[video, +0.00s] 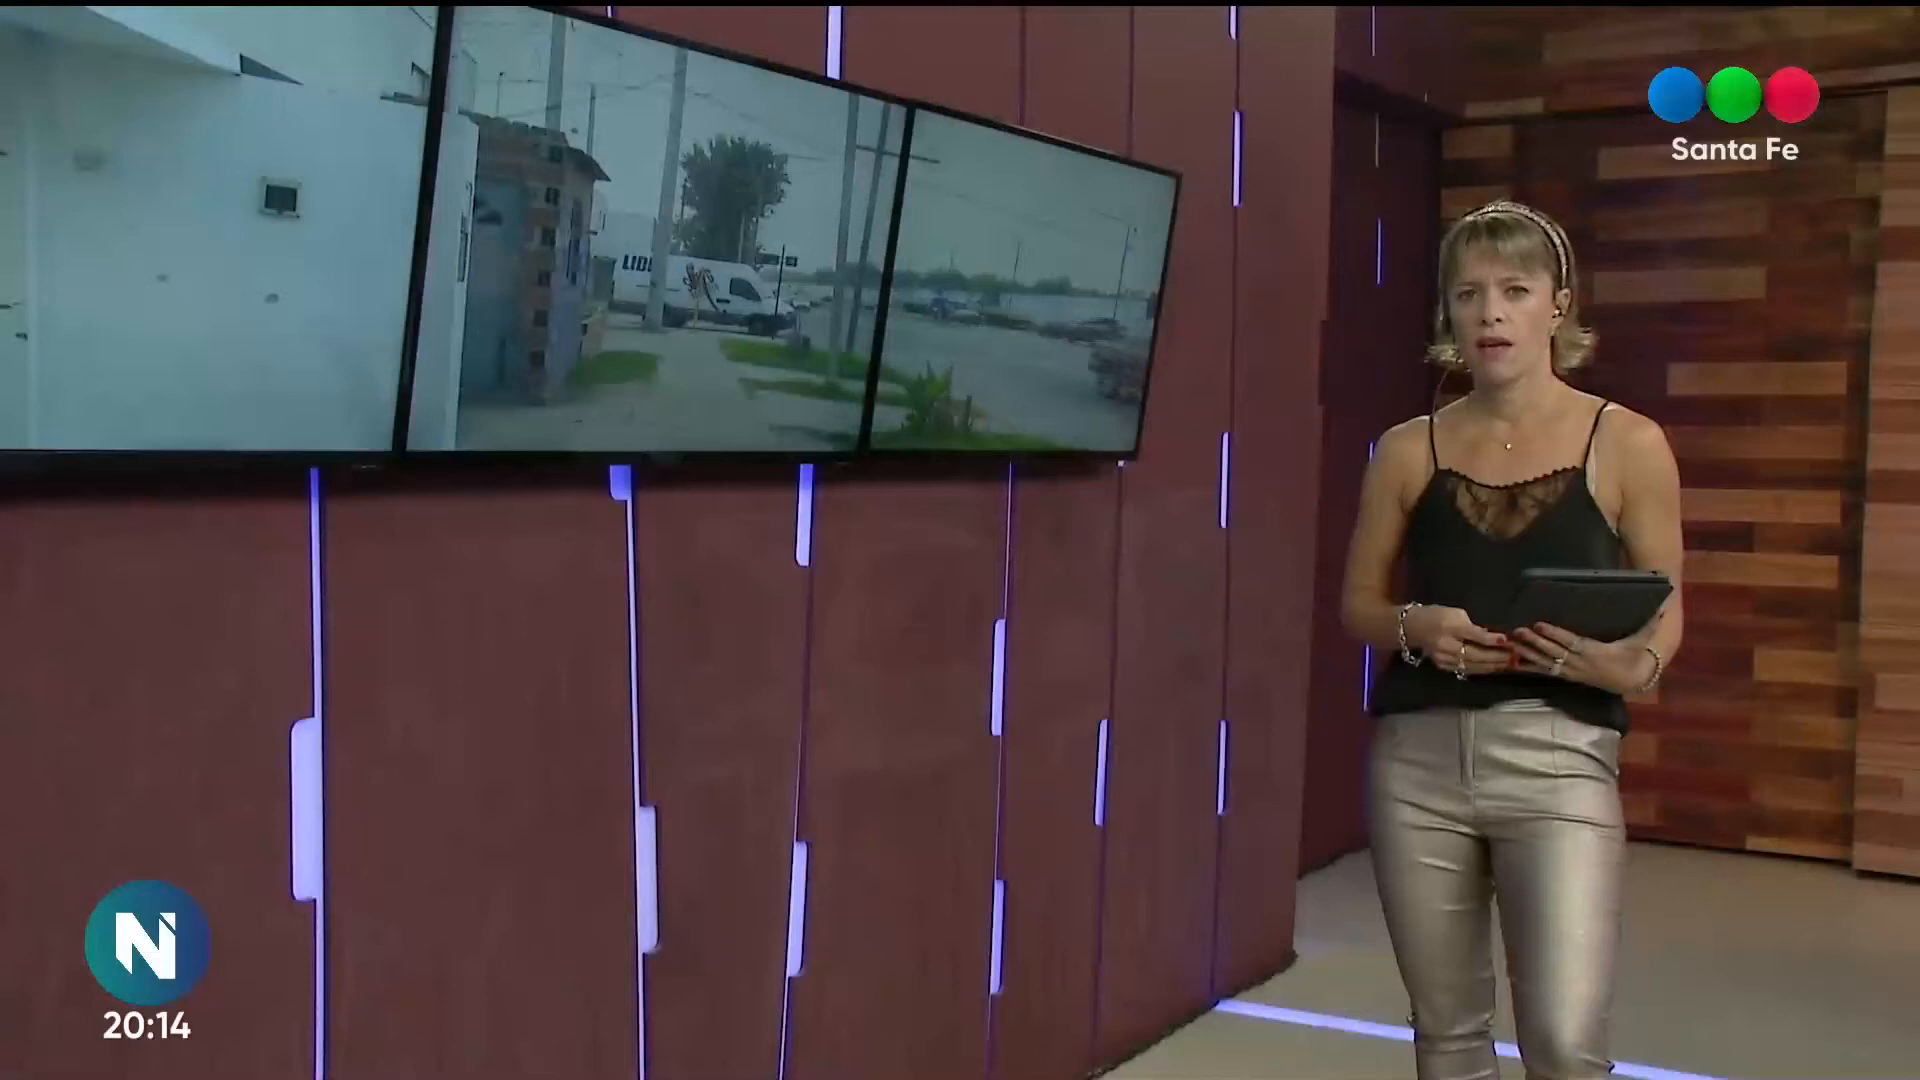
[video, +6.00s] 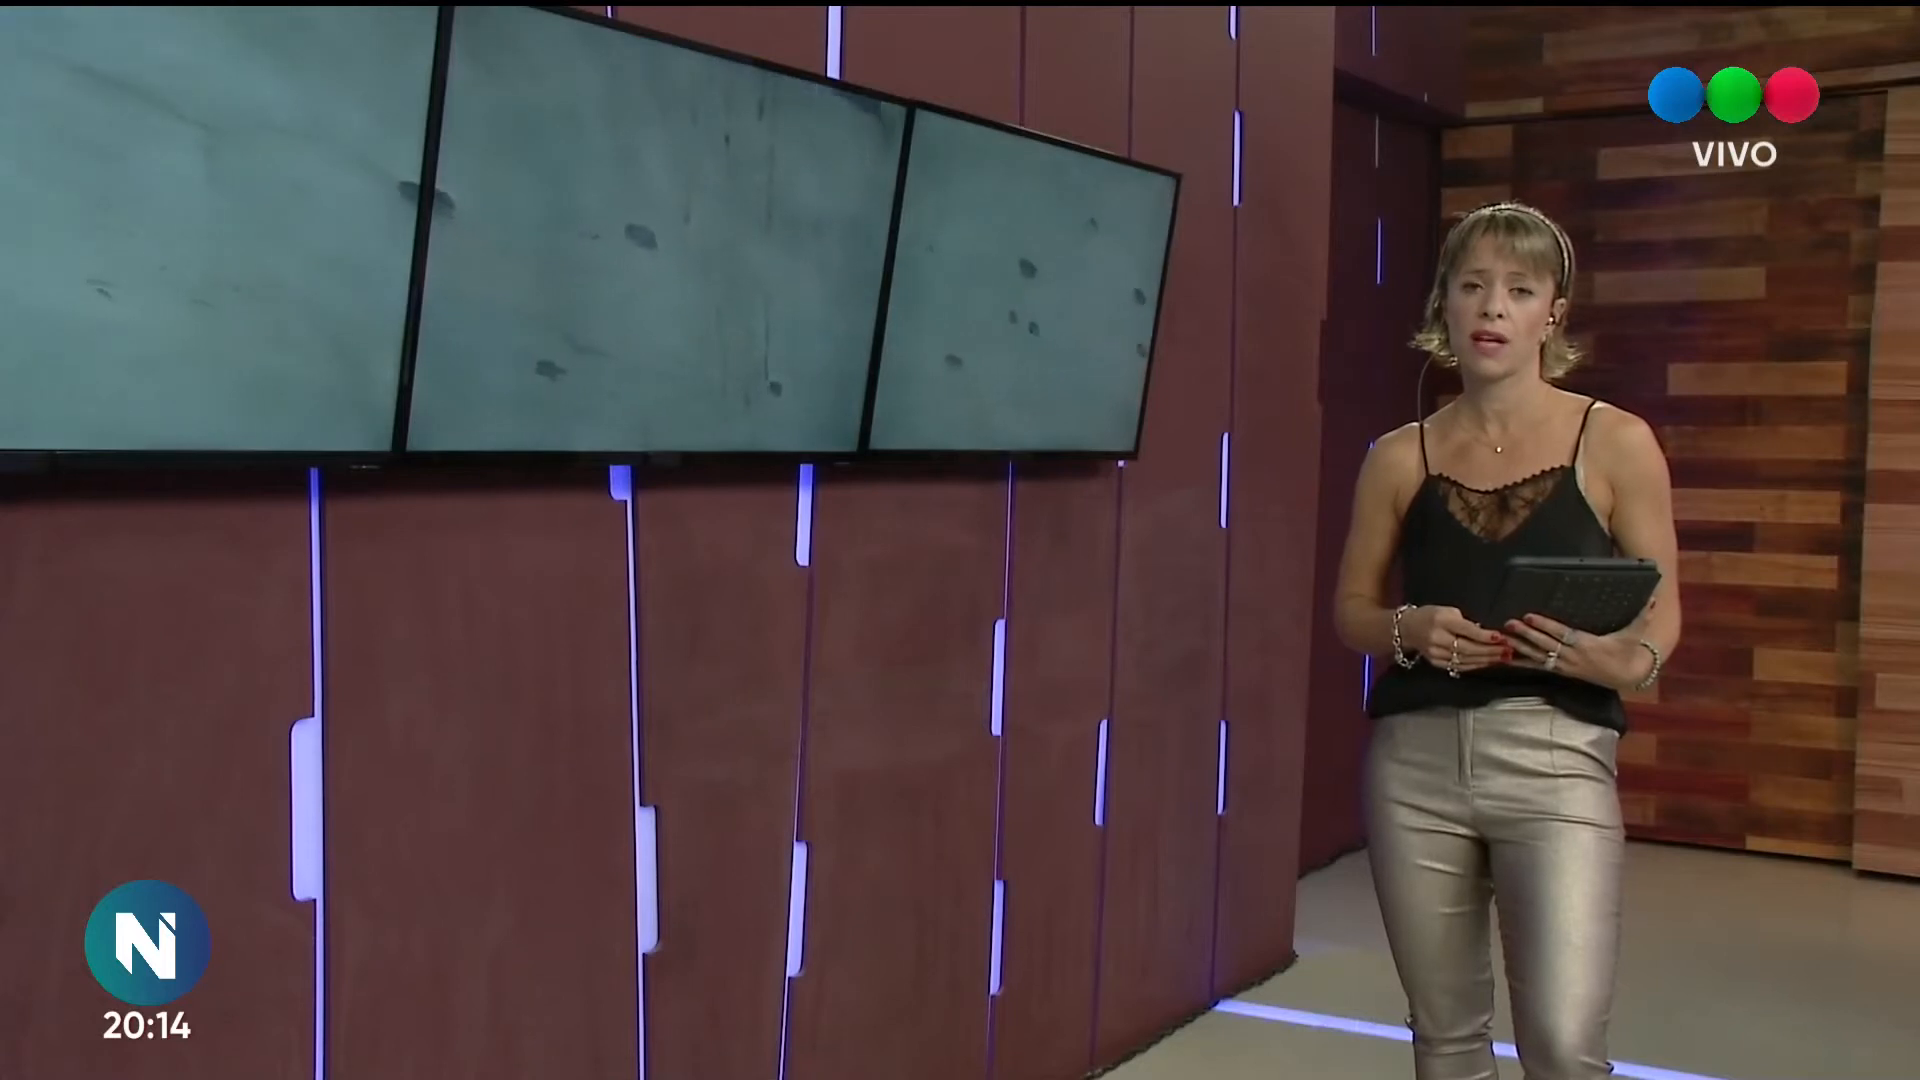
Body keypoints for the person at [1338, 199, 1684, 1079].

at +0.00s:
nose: (1489, 312)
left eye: (1513, 290)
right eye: (1470, 292)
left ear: (1558, 307)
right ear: (1448, 312)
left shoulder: (1628, 445)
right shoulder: (1407, 452)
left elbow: (1663, 611)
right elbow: (1358, 605)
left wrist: (1624, 668)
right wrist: (1411, 626)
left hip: (1557, 766)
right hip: (1416, 768)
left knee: (1563, 1048)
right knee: (1446, 1039)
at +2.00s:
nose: (1497, 304)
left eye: (1523, 288)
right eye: (1478, 284)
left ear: (1559, 313)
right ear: (1450, 305)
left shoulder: (1623, 444)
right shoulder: (1404, 459)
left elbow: (1666, 603)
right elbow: (1360, 612)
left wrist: (1629, 665)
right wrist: (1410, 631)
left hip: (1559, 766)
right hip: (1418, 768)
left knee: (1565, 1049)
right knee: (1447, 1042)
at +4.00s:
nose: (1498, 306)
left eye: (1525, 289)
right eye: (1480, 285)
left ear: (1560, 313)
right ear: (1452, 305)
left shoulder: (1624, 444)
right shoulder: (1404, 459)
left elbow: (1665, 610)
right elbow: (1358, 610)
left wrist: (1630, 663)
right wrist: (1409, 630)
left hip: (1561, 768)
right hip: (1419, 768)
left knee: (1567, 1048)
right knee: (1448, 1040)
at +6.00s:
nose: (1490, 305)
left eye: (1517, 289)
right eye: (1471, 285)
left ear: (1552, 314)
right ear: (1443, 306)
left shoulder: (1616, 444)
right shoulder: (1397, 459)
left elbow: (1659, 608)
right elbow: (1351, 613)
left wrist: (1627, 663)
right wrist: (1406, 629)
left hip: (1556, 768)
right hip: (1414, 768)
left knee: (1562, 1050)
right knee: (1445, 1042)